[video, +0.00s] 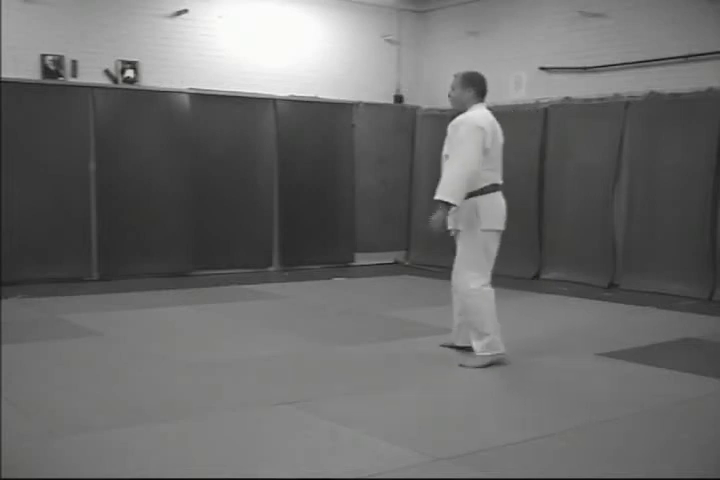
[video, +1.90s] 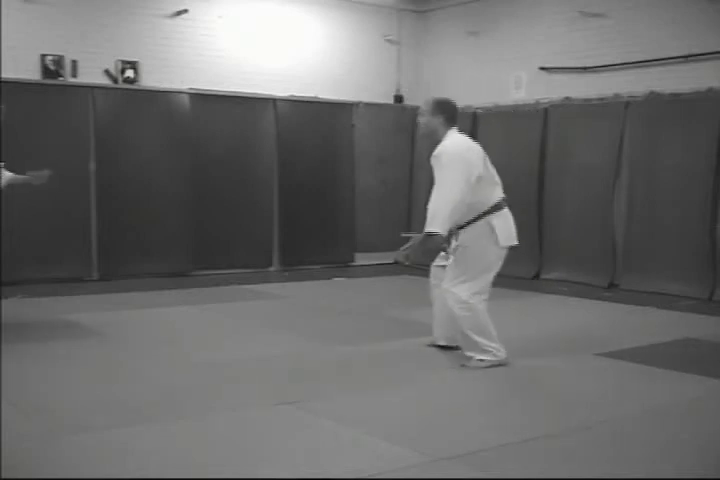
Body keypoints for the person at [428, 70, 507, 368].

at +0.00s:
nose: (449, 94)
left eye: (454, 89)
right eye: (450, 89)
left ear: (471, 93)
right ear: (475, 93)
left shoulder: (470, 122)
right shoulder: (482, 119)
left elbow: (463, 166)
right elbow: (469, 168)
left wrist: (443, 205)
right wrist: (454, 211)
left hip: (479, 207)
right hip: (478, 206)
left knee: (471, 278)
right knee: (463, 276)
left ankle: (490, 349)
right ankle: (465, 338)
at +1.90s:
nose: (418, 122)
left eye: (423, 116)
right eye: (419, 116)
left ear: (440, 120)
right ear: (442, 121)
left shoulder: (453, 150)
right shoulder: (455, 146)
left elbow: (447, 199)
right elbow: (449, 200)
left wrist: (424, 243)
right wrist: (428, 236)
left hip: (485, 229)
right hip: (472, 228)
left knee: (459, 290)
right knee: (440, 273)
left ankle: (490, 352)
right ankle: (447, 337)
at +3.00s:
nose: (387, 153)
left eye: (391, 147)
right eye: (389, 147)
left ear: (407, 147)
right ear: (415, 148)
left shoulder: (426, 173)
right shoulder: (443, 163)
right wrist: (448, 253)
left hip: (488, 230)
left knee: (443, 288)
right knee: (433, 276)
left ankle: (473, 353)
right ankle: (454, 335)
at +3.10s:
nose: (389, 160)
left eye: (383, 153)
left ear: (392, 142)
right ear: (417, 143)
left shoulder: (426, 170)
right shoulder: (448, 161)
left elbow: (436, 192)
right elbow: (482, 188)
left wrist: (397, 171)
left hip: (472, 240)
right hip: (487, 233)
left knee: (436, 301)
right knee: (433, 275)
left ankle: (473, 354)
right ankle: (449, 333)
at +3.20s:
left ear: (413, 126)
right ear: (435, 125)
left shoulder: (412, 148)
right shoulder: (449, 146)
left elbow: (375, 130)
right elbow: (433, 124)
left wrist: (367, 103)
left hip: (464, 227)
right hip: (487, 222)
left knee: (433, 295)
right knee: (446, 287)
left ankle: (472, 348)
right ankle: (457, 334)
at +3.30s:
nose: (405, 124)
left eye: (406, 121)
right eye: (406, 120)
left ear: (413, 126)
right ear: (429, 124)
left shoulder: (410, 143)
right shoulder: (444, 145)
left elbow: (375, 124)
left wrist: (368, 106)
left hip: (472, 219)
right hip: (498, 214)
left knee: (439, 288)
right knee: (503, 275)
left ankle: (466, 351)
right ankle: (516, 332)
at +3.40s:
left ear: (402, 153)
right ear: (419, 146)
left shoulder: (407, 163)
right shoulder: (443, 157)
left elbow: (371, 166)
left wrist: (374, 151)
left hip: (481, 218)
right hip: (509, 213)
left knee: (446, 287)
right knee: (486, 276)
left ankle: (461, 354)